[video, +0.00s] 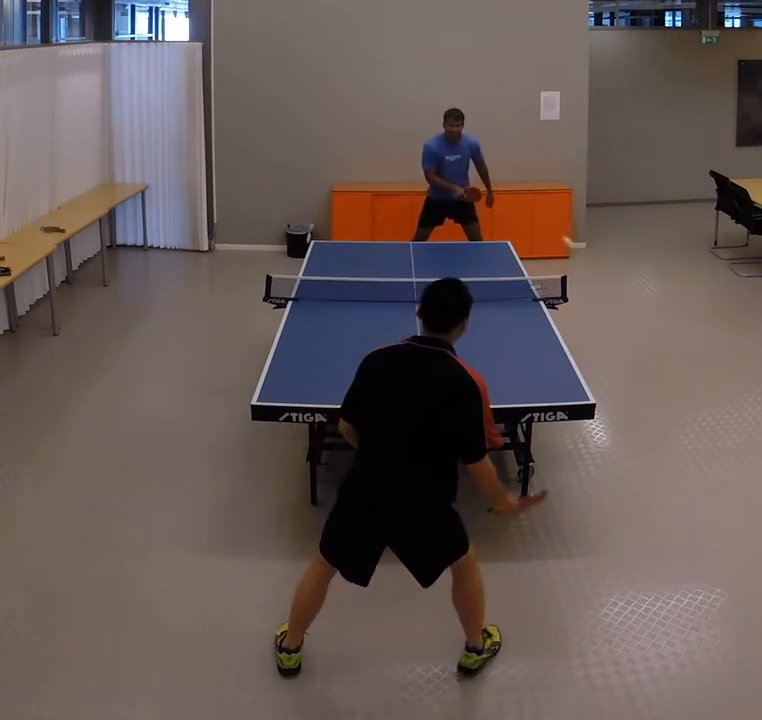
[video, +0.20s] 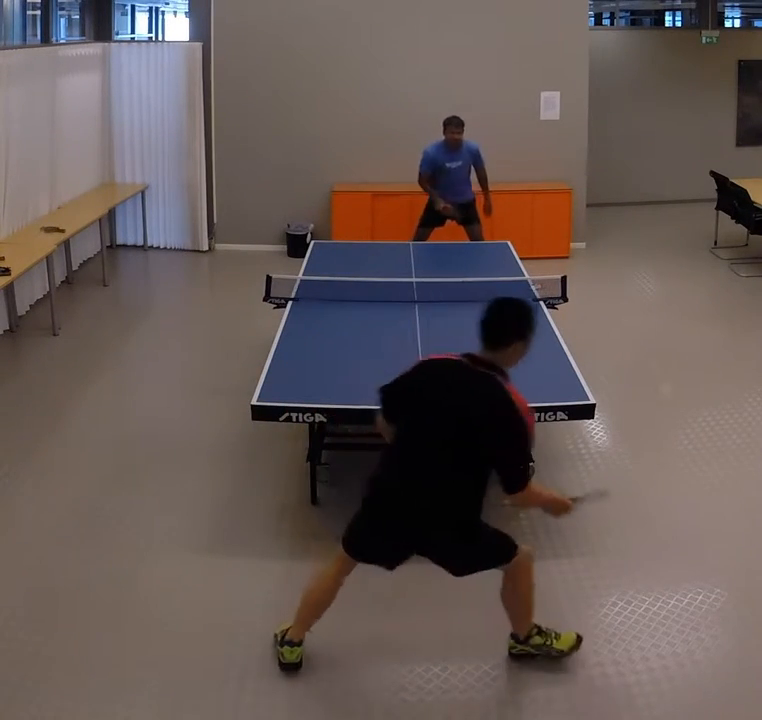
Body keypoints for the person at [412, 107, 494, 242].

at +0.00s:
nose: (454, 130)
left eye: (458, 126)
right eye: (451, 126)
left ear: (463, 126)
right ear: (444, 125)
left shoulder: (471, 144)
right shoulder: (432, 147)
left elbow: (481, 167)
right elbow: (430, 177)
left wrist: (489, 191)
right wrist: (454, 189)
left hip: (462, 200)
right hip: (437, 200)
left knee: (477, 241)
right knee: (419, 241)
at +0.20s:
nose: (456, 137)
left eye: (459, 133)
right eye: (452, 133)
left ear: (463, 133)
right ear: (444, 133)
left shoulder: (471, 150)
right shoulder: (431, 153)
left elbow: (481, 174)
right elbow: (423, 181)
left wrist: (487, 199)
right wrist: (438, 201)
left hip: (465, 202)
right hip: (438, 202)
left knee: (478, 242)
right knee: (418, 241)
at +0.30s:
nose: (451, 136)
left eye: (454, 132)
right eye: (446, 132)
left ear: (458, 132)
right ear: (438, 132)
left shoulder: (467, 150)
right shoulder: (428, 153)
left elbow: (478, 173)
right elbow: (413, 177)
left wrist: (485, 201)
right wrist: (423, 198)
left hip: (462, 204)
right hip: (435, 205)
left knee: (477, 244)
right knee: (415, 242)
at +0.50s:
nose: (433, 119)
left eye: (436, 115)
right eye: (428, 115)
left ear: (439, 116)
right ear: (421, 117)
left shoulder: (449, 137)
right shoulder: (409, 139)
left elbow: (458, 162)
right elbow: (395, 162)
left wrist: (463, 189)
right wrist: (398, 189)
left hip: (446, 194)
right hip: (420, 196)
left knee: (463, 235)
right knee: (410, 238)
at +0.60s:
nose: (427, 116)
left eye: (430, 112)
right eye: (423, 112)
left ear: (434, 113)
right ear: (415, 113)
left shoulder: (442, 134)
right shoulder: (403, 136)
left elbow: (449, 160)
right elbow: (388, 161)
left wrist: (453, 186)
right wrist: (387, 191)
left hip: (439, 192)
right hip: (414, 194)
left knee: (454, 232)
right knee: (409, 237)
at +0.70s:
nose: (424, 113)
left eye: (427, 110)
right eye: (420, 110)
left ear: (430, 111)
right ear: (412, 111)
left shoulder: (438, 133)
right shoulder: (400, 135)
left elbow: (444, 159)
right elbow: (385, 162)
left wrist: (447, 185)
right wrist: (379, 192)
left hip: (434, 191)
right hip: (409, 193)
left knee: (446, 233)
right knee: (407, 237)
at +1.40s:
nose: (414, 136)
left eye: (418, 133)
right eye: (411, 132)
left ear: (424, 131)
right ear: (405, 128)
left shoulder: (431, 148)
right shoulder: (390, 148)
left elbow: (439, 174)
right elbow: (381, 176)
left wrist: (439, 201)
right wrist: (389, 200)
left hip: (420, 203)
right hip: (396, 203)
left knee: (427, 243)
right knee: (387, 244)